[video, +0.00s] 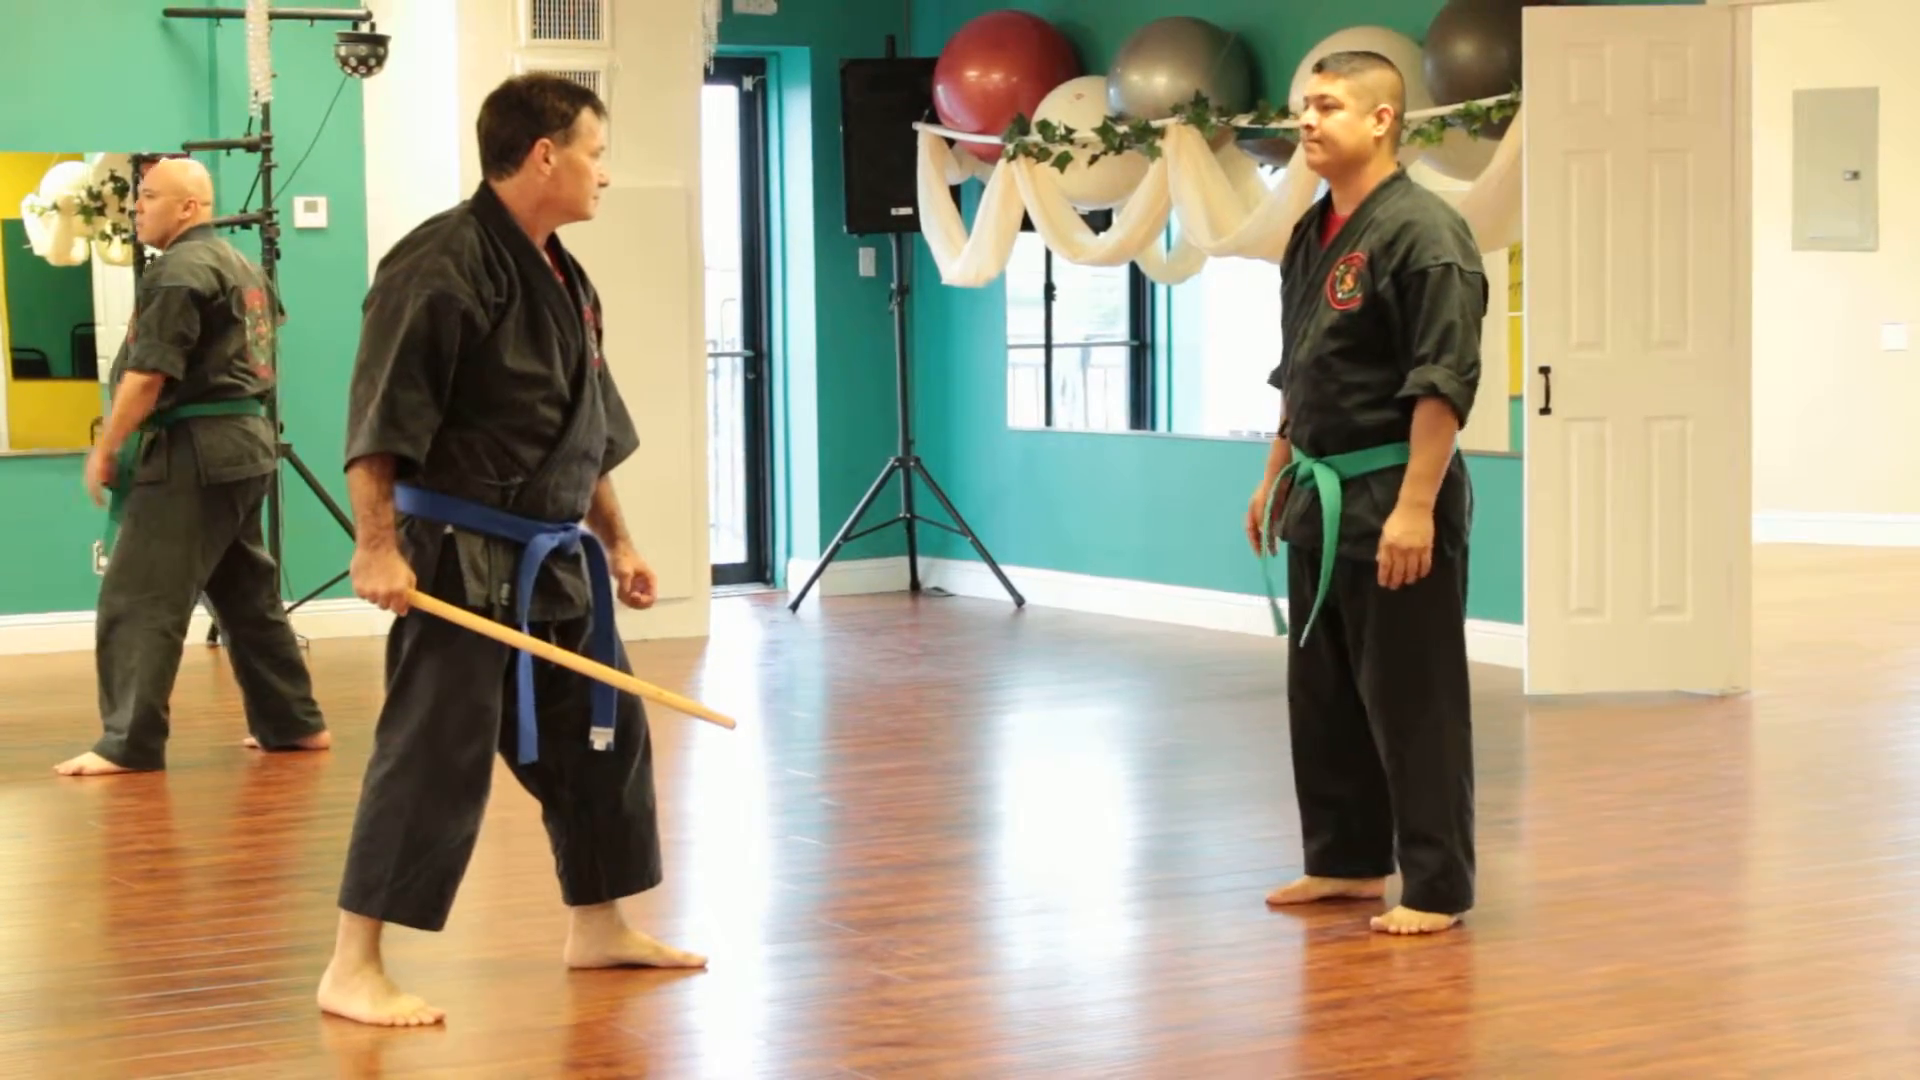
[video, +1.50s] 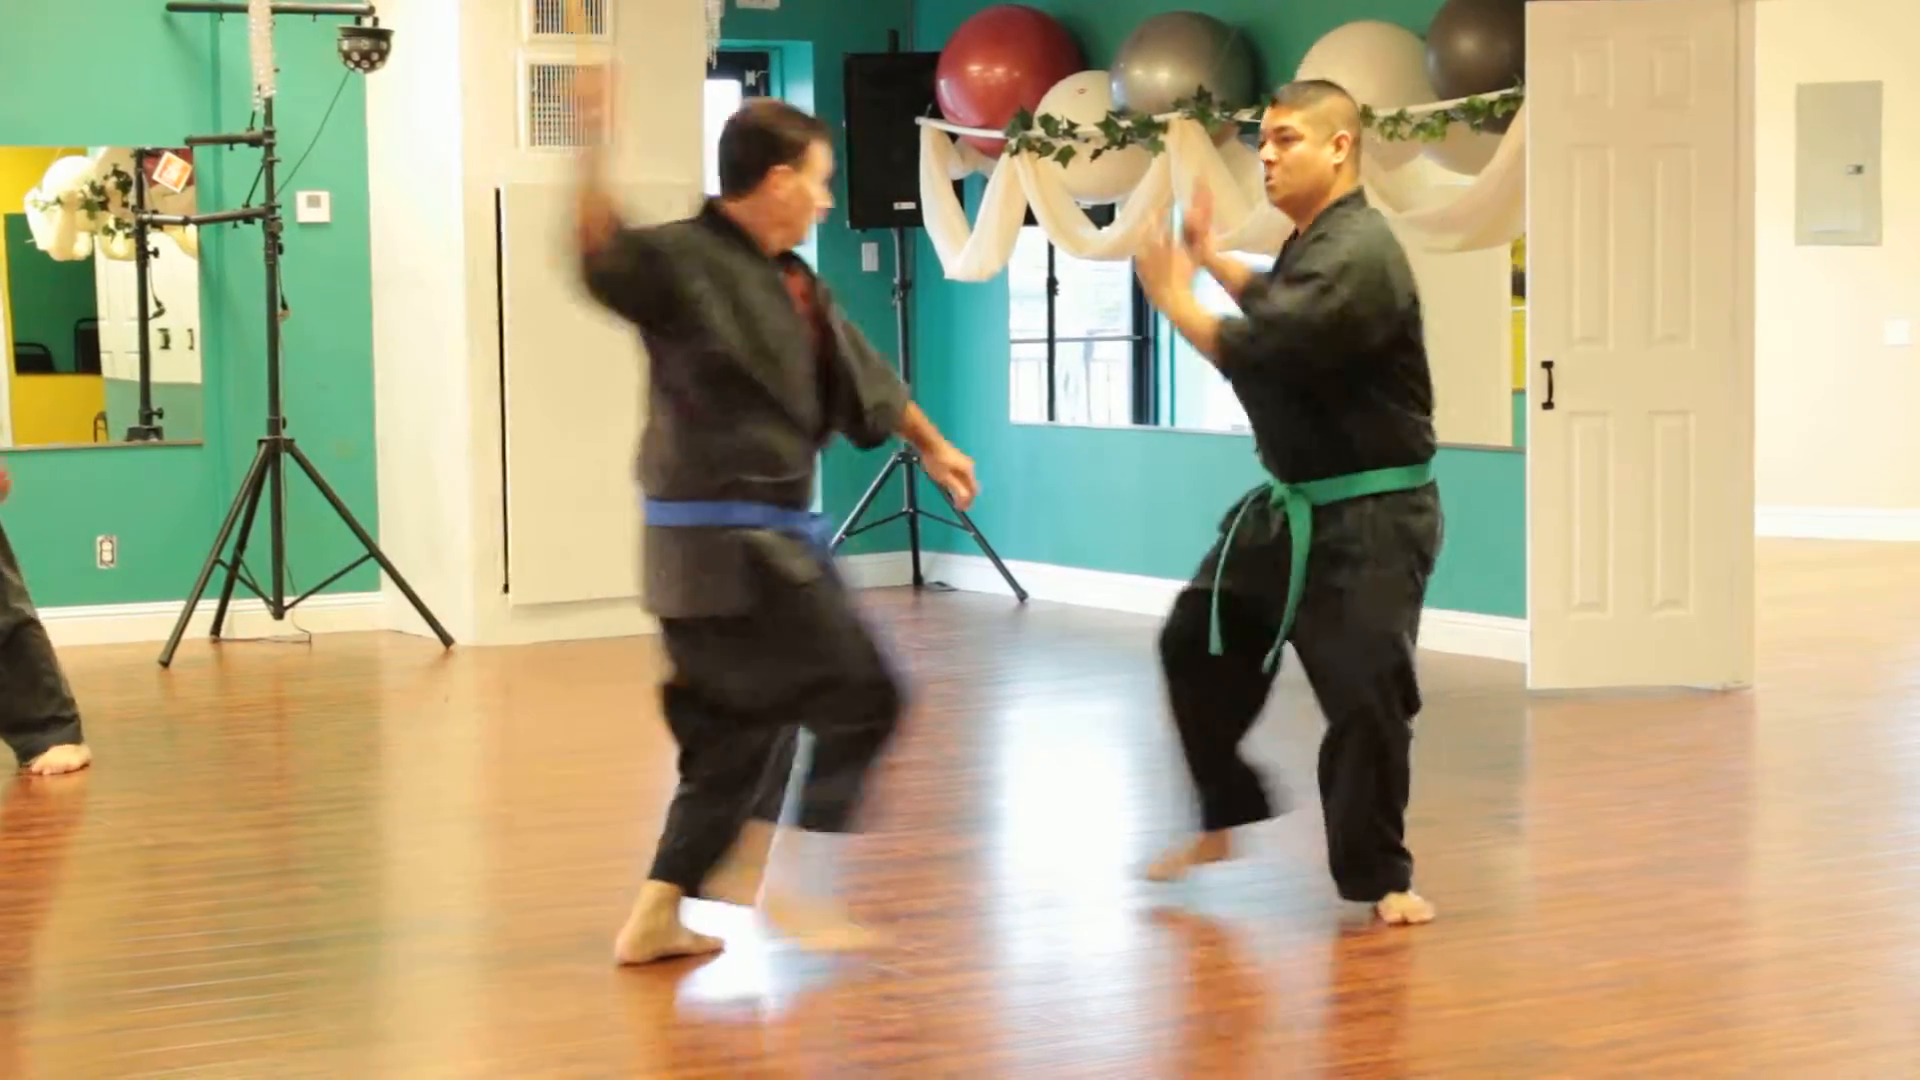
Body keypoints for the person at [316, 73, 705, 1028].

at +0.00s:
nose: (605, 175)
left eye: (604, 156)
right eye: (596, 156)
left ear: (548, 158)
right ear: (543, 156)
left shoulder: (564, 276)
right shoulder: (439, 261)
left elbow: (580, 428)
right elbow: (376, 409)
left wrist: (618, 539)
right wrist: (375, 542)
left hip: (559, 546)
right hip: (459, 543)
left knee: (600, 727)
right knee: (427, 747)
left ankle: (598, 928)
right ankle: (352, 967)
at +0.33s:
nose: (605, 174)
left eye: (604, 155)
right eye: (596, 154)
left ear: (549, 157)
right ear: (543, 155)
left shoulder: (564, 275)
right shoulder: (439, 260)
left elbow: (582, 426)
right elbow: (377, 408)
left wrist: (622, 537)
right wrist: (377, 541)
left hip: (559, 544)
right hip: (459, 541)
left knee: (600, 727)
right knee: (429, 746)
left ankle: (599, 928)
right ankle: (353, 966)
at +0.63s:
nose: (607, 173)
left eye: (606, 154)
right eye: (598, 154)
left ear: (550, 156)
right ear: (546, 154)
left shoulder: (566, 275)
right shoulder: (439, 260)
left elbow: (583, 428)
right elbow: (377, 410)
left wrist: (623, 538)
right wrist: (378, 540)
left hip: (561, 544)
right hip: (461, 541)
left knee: (600, 726)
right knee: (430, 746)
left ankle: (598, 926)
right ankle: (353, 965)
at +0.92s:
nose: (612, 176)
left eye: (610, 157)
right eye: (603, 157)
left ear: (552, 157)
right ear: (552, 157)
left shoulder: (570, 277)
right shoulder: (441, 262)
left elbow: (595, 426)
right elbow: (378, 414)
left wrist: (643, 535)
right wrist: (383, 544)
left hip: (557, 545)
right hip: (460, 543)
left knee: (614, 720)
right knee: (434, 747)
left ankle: (608, 924)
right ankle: (352, 966)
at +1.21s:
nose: (677, 201)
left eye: (677, 184)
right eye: (668, 183)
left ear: (629, 183)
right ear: (616, 181)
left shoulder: (661, 290)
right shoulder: (515, 270)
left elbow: (733, 397)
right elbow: (413, 326)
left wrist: (821, 471)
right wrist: (357, 381)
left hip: (631, 558)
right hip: (534, 553)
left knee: (699, 712)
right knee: (491, 738)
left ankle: (653, 921)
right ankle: (357, 957)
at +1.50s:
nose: (826, 198)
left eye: (826, 182)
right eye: (817, 179)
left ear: (771, 182)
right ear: (769, 177)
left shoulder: (795, 284)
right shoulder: (685, 254)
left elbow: (861, 376)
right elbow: (604, 257)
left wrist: (931, 446)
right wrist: (592, 148)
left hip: (752, 535)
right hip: (725, 538)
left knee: (736, 730)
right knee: (862, 694)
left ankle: (655, 916)